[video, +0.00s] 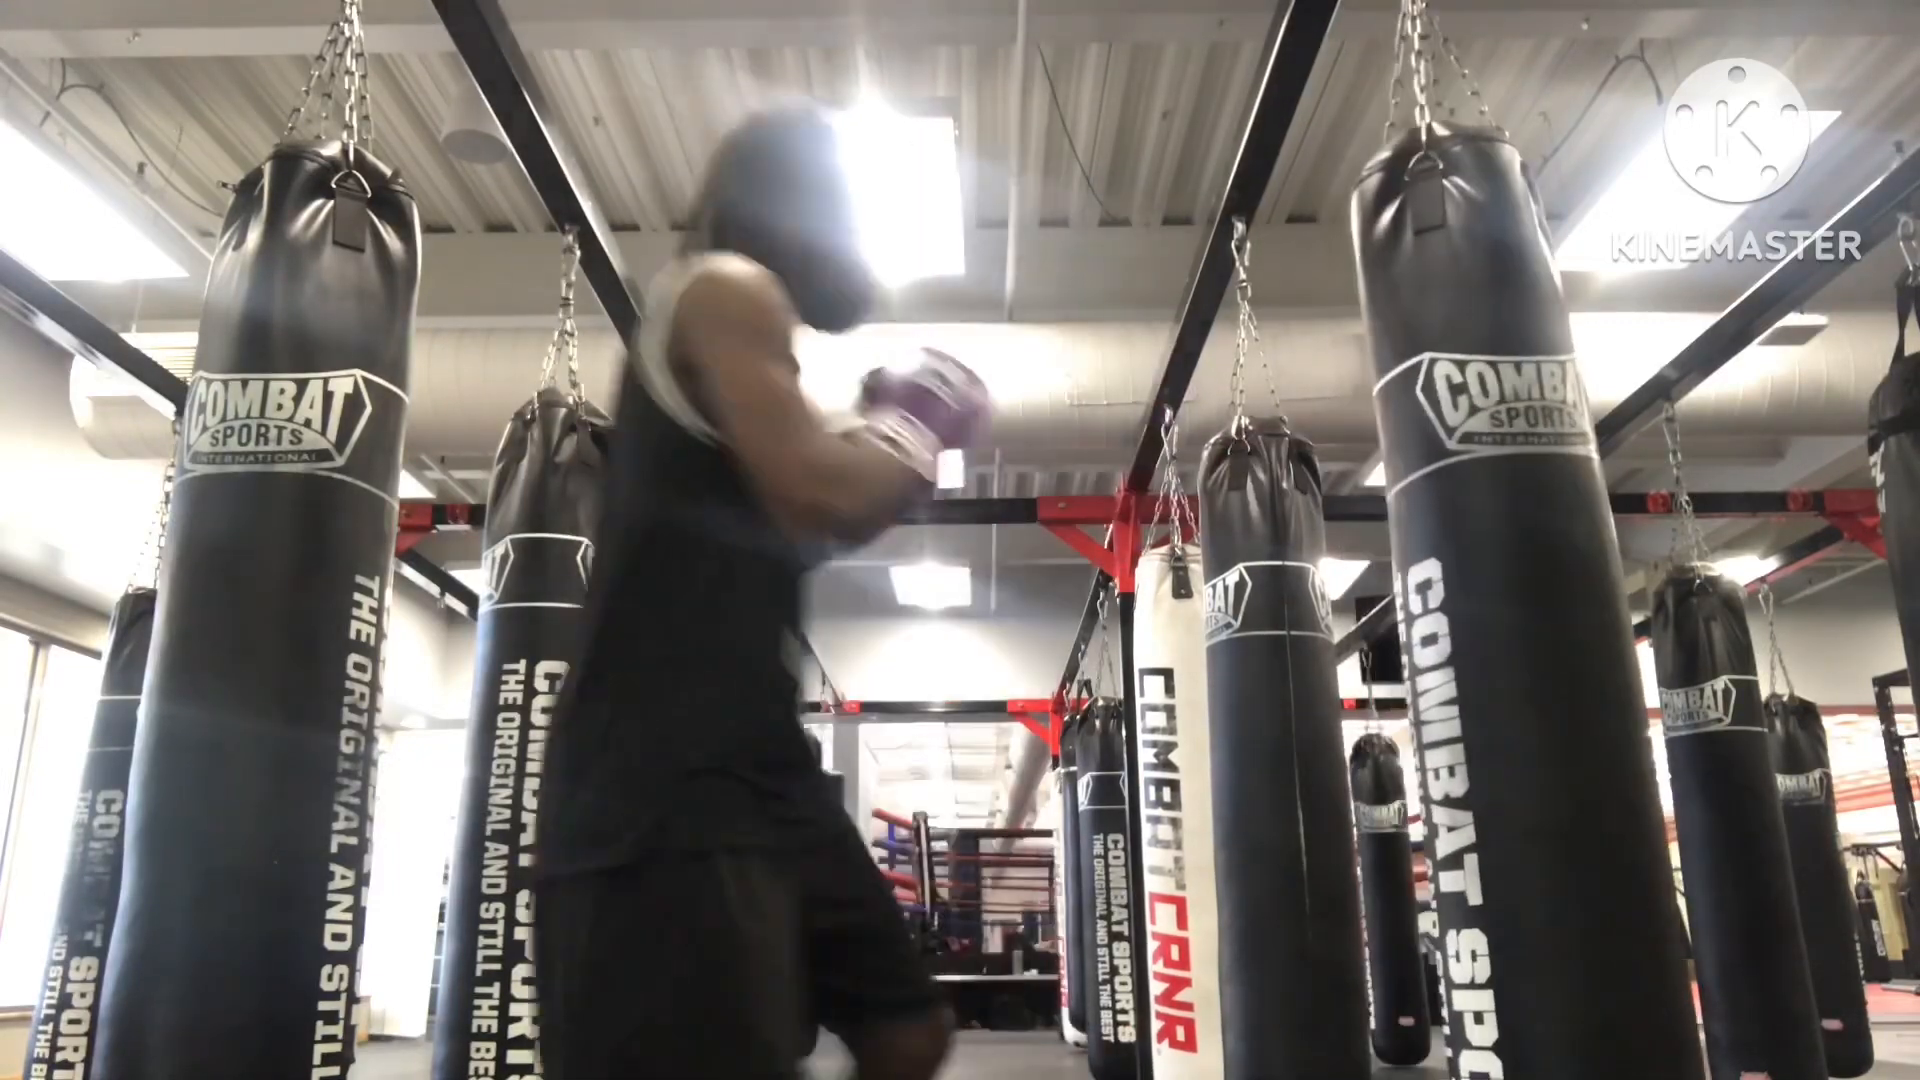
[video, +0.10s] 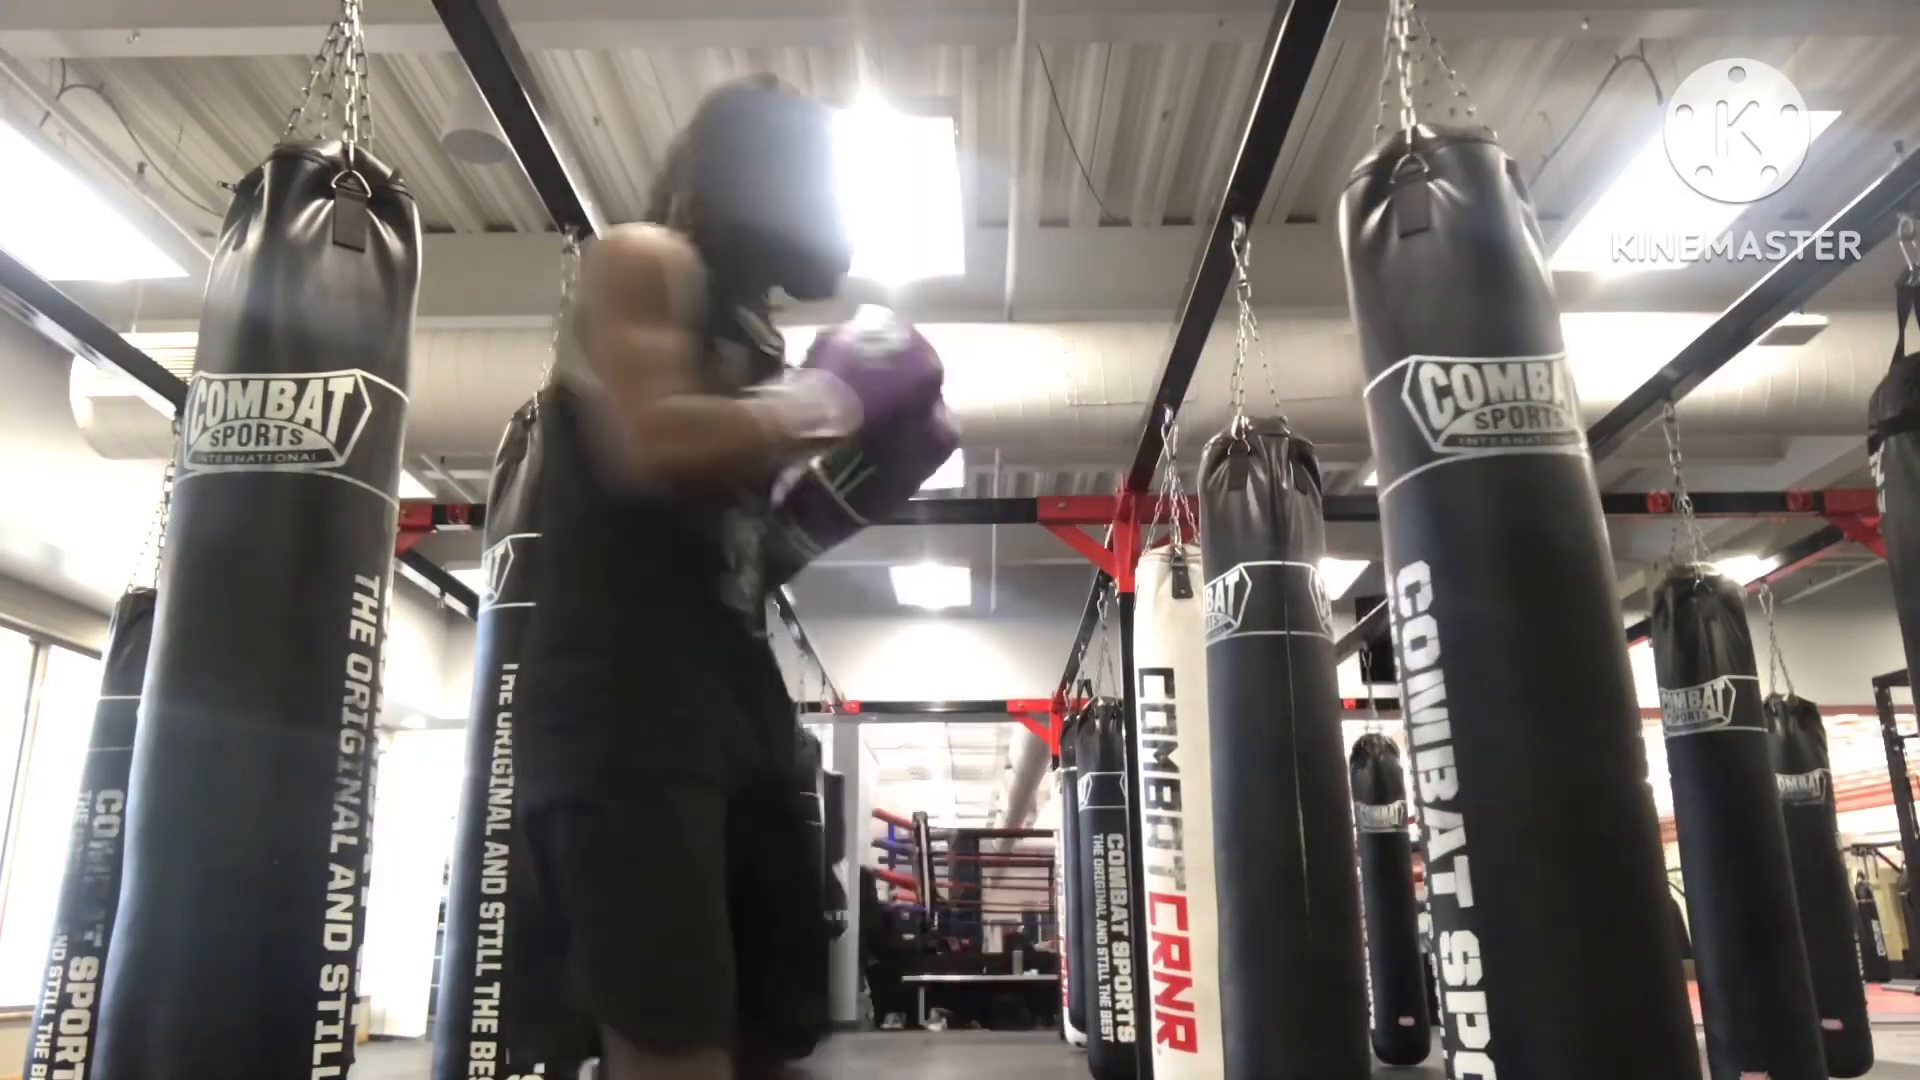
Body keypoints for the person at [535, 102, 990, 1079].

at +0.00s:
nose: (859, 226)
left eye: (852, 197)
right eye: (840, 194)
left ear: (756, 199)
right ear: (786, 196)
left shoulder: (735, 313)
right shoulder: (722, 289)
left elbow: (808, 504)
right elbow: (812, 485)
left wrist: (884, 422)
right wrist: (909, 440)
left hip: (753, 765)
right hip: (675, 776)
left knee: (906, 1032)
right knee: (703, 1053)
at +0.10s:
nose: (825, 195)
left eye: (821, 168)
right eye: (806, 165)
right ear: (745, 170)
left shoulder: (741, 340)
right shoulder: (641, 255)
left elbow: (737, 560)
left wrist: (867, 483)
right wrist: (829, 397)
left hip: (725, 720)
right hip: (624, 721)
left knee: (759, 1030)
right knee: (668, 1043)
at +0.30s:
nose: (827, 264)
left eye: (825, 237)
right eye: (803, 227)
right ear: (709, 227)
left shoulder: (787, 440)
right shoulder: (557, 381)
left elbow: (810, 666)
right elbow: (491, 582)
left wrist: (893, 559)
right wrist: (689, 510)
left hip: (697, 821)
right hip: (559, 806)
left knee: (558, 1060)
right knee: (648, 1060)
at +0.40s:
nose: (818, 178)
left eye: (826, 155)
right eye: (788, 149)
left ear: (832, 187)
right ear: (705, 176)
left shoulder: (806, 384)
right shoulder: (593, 315)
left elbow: (815, 613)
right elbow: (533, 508)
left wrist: (919, 509)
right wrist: (721, 452)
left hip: (720, 775)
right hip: (585, 761)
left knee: (591, 1053)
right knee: (643, 1053)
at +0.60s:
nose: (946, 144)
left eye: (946, 115)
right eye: (932, 110)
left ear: (849, 97)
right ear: (862, 83)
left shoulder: (783, 212)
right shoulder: (760, 156)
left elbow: (821, 480)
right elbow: (829, 362)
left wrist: (975, 407)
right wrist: (975, 330)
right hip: (719, 658)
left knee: (843, 1020)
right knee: (699, 1024)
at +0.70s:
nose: (950, 137)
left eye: (950, 117)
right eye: (944, 110)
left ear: (815, 81)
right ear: (915, 85)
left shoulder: (781, 217)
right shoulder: (858, 141)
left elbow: (852, 469)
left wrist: (999, 362)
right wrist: (1056, 355)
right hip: (788, 689)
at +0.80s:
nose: (1000, 129)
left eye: (1003, 104)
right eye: (994, 100)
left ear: (859, 96)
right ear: (959, 87)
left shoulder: (805, 247)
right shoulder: (926, 158)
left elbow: (883, 456)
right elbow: (1054, 400)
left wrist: (1019, 359)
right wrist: (1091, 348)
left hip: (784, 738)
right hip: (875, 739)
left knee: (791, 1036)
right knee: (913, 1035)